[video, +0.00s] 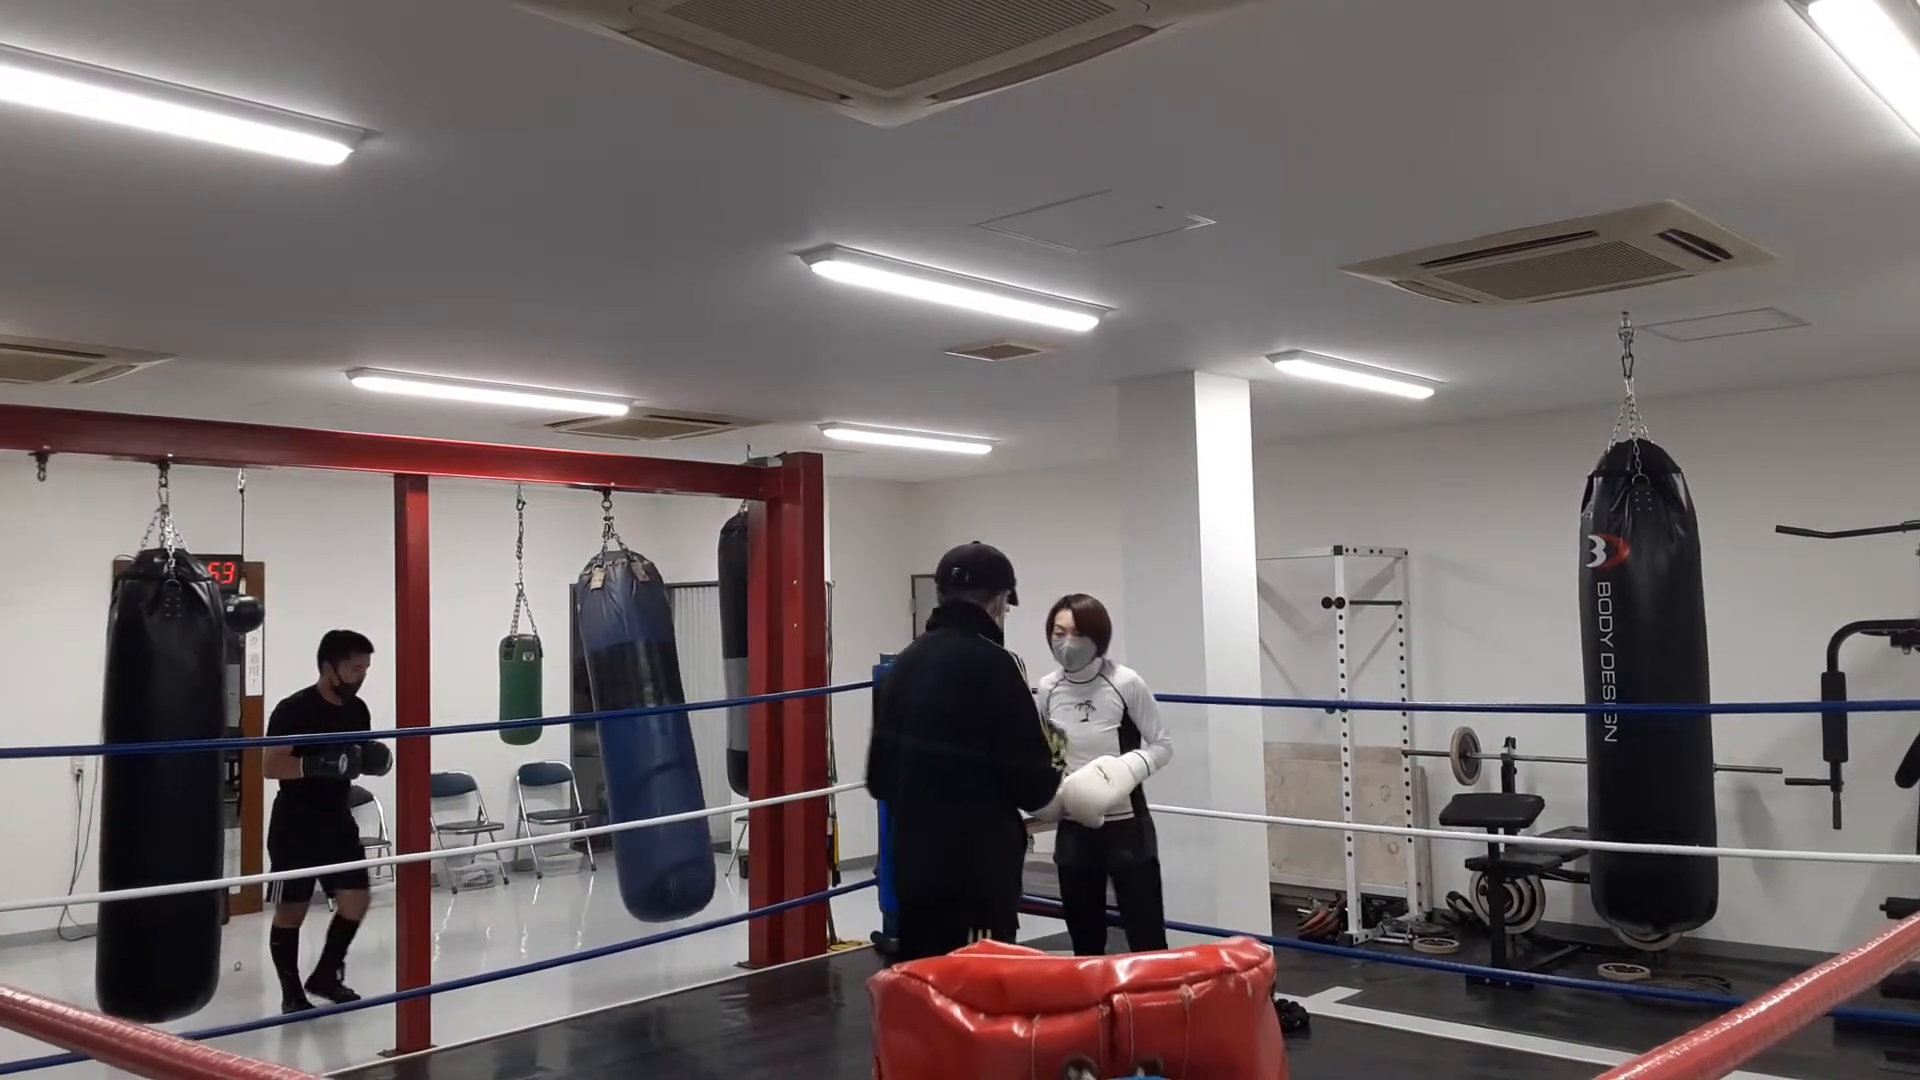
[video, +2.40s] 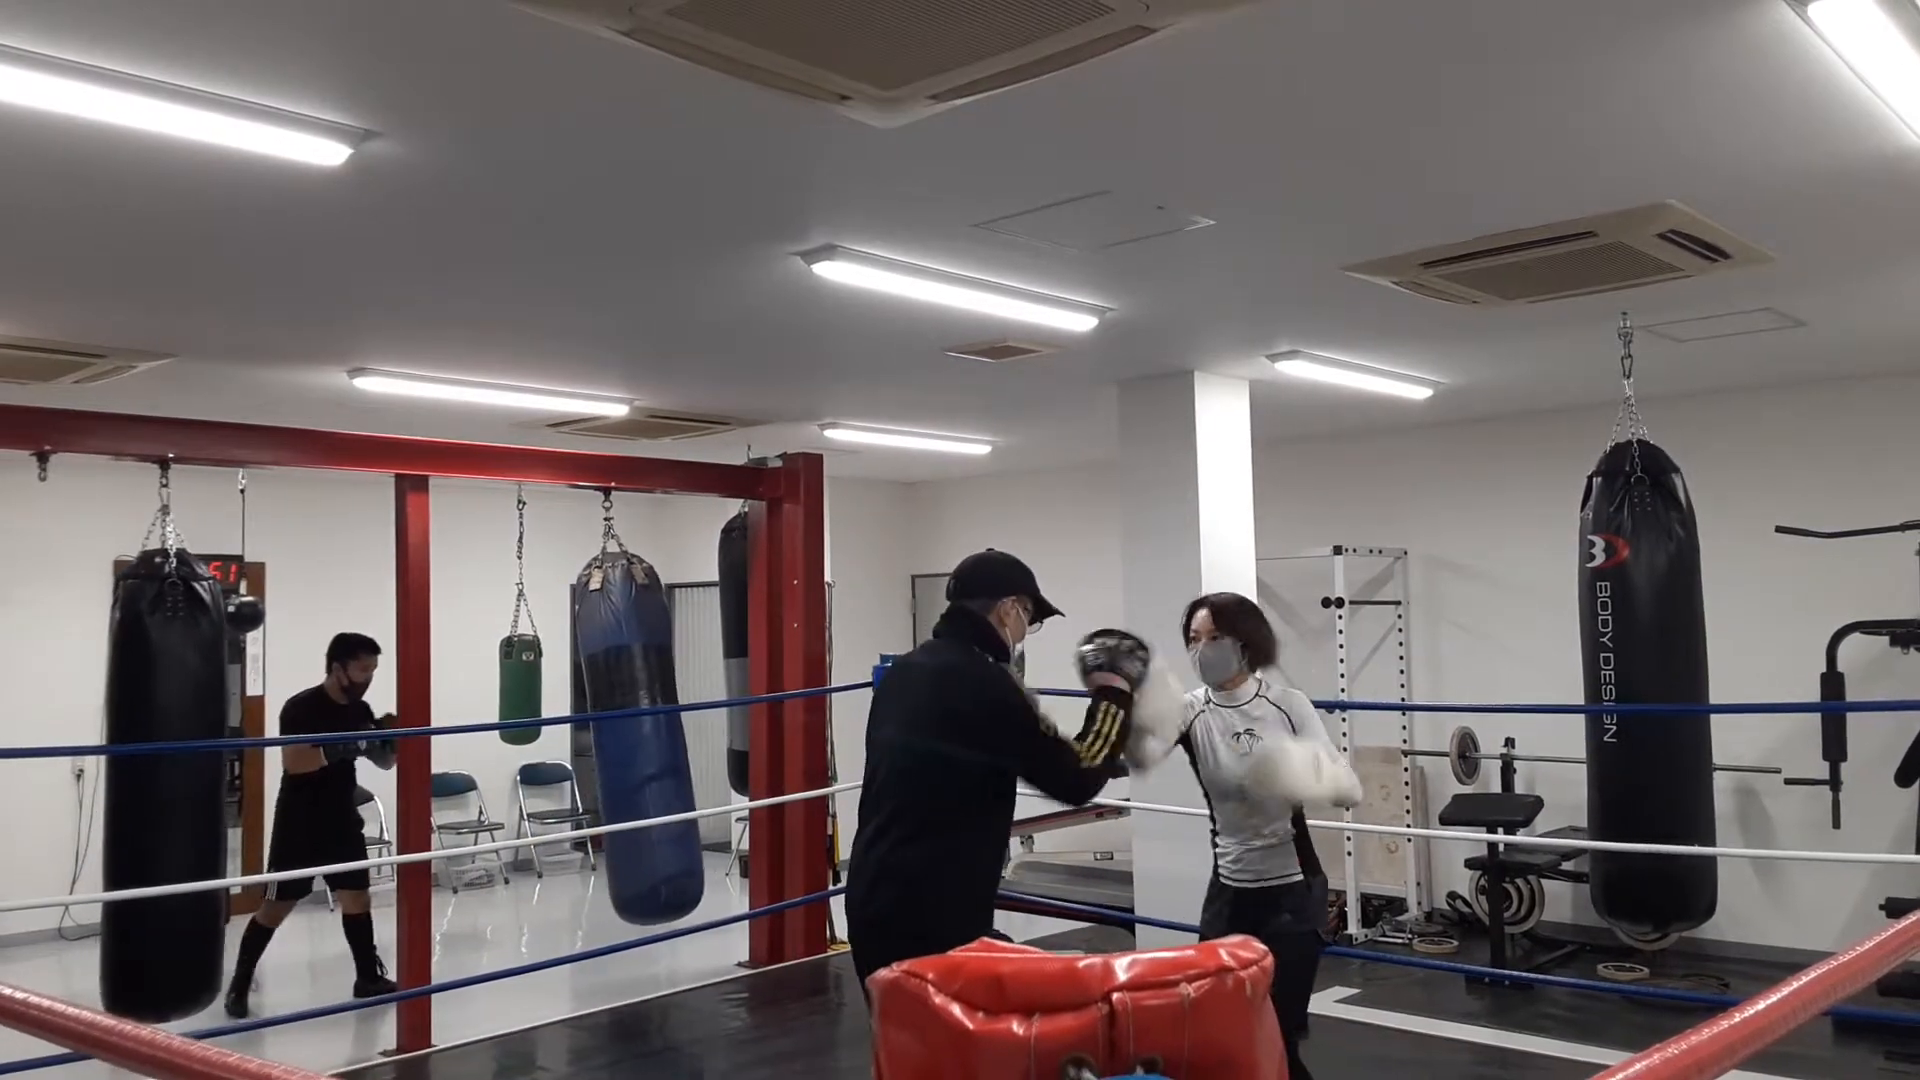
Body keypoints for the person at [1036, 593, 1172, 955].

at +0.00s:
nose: (1067, 643)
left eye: (1078, 634)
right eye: (1059, 633)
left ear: (1098, 637)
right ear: (1049, 638)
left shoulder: (1125, 683)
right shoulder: (1046, 689)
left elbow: (1162, 746)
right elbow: (1035, 753)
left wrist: (1124, 771)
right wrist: (1052, 790)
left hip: (1127, 827)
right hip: (1074, 830)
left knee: (1146, 943)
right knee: (1087, 947)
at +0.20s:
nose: (1089, 648)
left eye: (1099, 638)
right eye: (1080, 638)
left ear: (1119, 640)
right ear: (1071, 641)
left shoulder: (1150, 685)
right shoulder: (1067, 691)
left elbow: (1188, 752)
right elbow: (1050, 752)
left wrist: (1143, 757)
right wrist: (1085, 762)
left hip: (1148, 828)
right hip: (1095, 829)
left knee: (1159, 948)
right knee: (1094, 949)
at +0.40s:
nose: (1098, 642)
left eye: (1107, 631)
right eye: (1096, 633)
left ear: (1126, 637)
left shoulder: (1163, 679)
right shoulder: (1089, 687)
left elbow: (1199, 747)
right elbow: (1080, 759)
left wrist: (1151, 703)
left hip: (1165, 829)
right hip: (1112, 829)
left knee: (1172, 949)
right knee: (1090, 942)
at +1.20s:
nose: (1134, 664)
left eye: (1146, 654)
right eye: (1128, 653)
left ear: (1165, 656)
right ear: (1119, 655)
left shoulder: (1193, 702)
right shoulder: (1127, 716)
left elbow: (1232, 754)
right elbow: (1098, 778)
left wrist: (1184, 705)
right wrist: (1099, 720)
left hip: (1206, 865)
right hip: (1159, 864)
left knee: (1193, 969)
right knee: (1119, 961)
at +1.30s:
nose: (1143, 666)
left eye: (1154, 657)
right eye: (1142, 656)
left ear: (1177, 663)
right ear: (1140, 658)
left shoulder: (1204, 705)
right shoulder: (1140, 713)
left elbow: (1243, 763)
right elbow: (1111, 785)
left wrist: (1184, 727)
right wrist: (1128, 739)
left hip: (1217, 875)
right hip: (1164, 874)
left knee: (1231, 980)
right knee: (1132, 975)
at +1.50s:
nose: (1190, 649)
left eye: (1202, 639)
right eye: (1181, 638)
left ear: (1227, 644)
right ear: (1170, 643)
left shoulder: (1250, 701)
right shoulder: (1162, 703)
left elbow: (1305, 766)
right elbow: (1120, 737)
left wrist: (1275, 726)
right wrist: (1132, 720)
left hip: (1258, 860)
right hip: (1191, 863)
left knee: (1270, 991)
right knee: (1168, 983)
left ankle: (1289, 1069)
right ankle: (1166, 1072)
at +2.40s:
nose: (1200, 648)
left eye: (1212, 637)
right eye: (1194, 639)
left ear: (1244, 640)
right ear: (1188, 644)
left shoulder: (1288, 703)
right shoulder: (1189, 709)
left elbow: (1343, 785)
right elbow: (1138, 760)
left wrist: (1289, 768)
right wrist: (1143, 712)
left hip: (1293, 888)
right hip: (1229, 888)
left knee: (1280, 1032)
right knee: (1214, 1015)